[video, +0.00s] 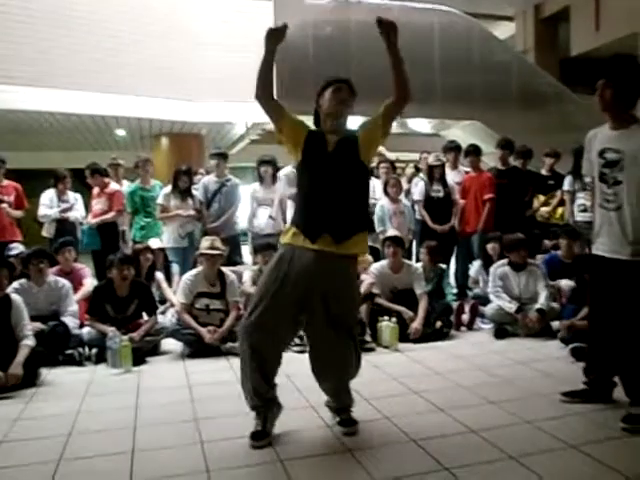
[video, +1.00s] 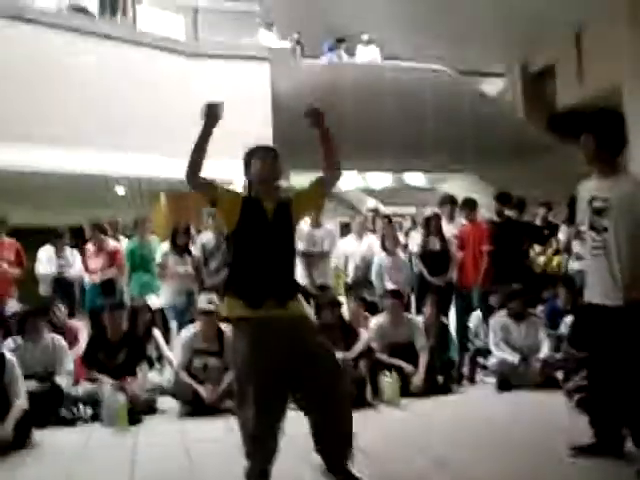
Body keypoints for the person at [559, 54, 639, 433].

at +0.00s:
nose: (600, 99)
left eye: (605, 92)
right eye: (599, 93)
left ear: (623, 96)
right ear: (602, 97)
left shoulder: (636, 136)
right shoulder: (594, 138)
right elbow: (588, 183)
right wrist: (586, 208)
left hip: (631, 251)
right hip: (602, 248)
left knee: (633, 329)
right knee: (600, 321)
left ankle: (637, 401)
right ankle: (599, 384)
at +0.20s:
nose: (588, 99)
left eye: (595, 92)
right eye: (588, 92)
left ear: (615, 95)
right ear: (592, 97)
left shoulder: (634, 140)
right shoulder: (584, 139)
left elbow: (639, 196)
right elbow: (579, 186)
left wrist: (636, 240)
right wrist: (577, 223)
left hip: (625, 251)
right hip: (592, 247)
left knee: (625, 328)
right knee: (590, 321)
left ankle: (631, 401)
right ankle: (588, 383)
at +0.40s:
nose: (588, 69)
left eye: (594, 61)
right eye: (587, 62)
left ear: (615, 64)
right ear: (591, 67)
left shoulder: (633, 109)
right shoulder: (584, 110)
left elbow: (638, 165)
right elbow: (579, 158)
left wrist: (634, 208)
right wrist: (576, 195)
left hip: (624, 220)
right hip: (590, 217)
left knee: (624, 298)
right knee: (589, 292)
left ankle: (632, 370)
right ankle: (588, 354)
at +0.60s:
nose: (588, 67)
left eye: (594, 60)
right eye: (588, 60)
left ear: (613, 63)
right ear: (594, 64)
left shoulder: (633, 107)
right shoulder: (585, 109)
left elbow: (639, 164)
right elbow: (580, 158)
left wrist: (634, 207)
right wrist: (574, 197)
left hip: (624, 218)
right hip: (591, 216)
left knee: (626, 295)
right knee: (590, 289)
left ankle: (634, 369)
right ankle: (590, 352)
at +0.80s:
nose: (597, 71)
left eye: (603, 63)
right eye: (595, 63)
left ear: (619, 64)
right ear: (597, 67)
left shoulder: (632, 109)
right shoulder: (593, 109)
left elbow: (633, 164)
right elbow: (584, 158)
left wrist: (634, 207)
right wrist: (574, 196)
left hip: (625, 218)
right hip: (594, 216)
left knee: (629, 299)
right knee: (595, 293)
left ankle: (635, 366)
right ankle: (596, 355)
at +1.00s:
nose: (584, 151)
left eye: (590, 143)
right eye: (584, 143)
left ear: (609, 146)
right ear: (588, 149)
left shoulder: (630, 188)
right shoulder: (583, 189)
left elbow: (636, 242)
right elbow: (579, 236)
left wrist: (633, 286)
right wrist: (573, 279)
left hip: (622, 296)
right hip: (591, 295)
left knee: (627, 376)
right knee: (597, 374)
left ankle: (631, 439)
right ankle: (606, 437)